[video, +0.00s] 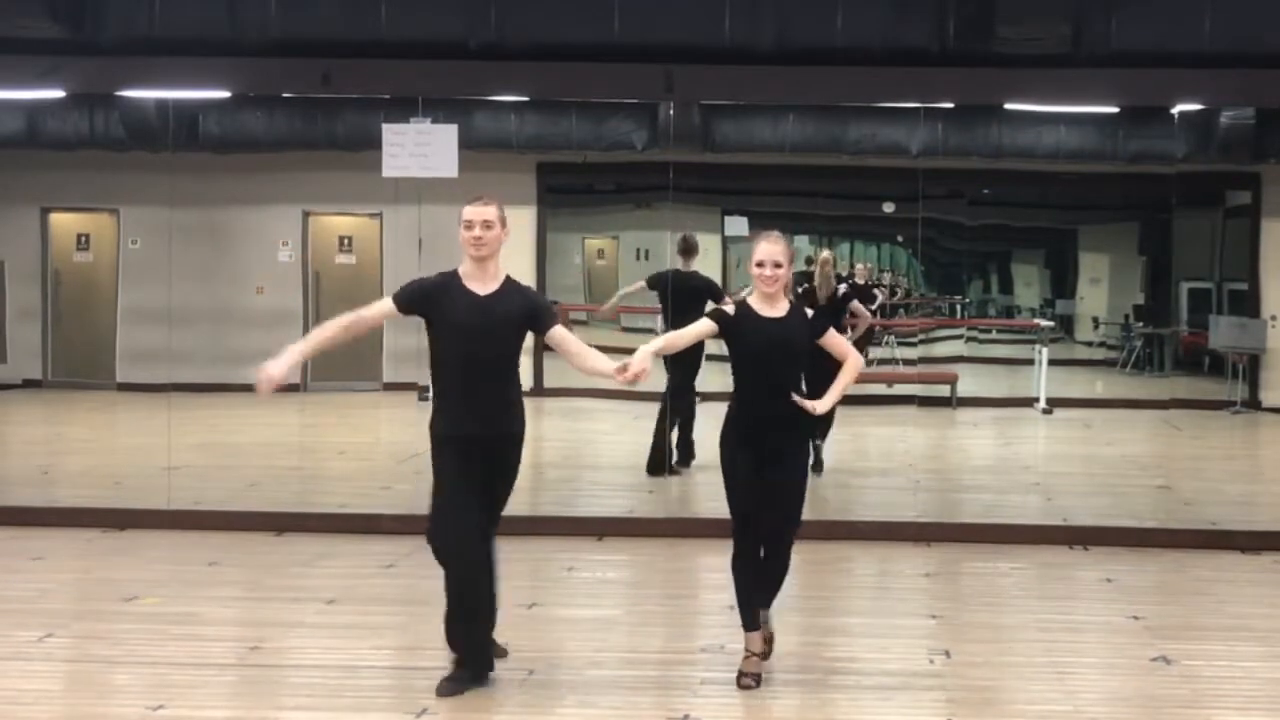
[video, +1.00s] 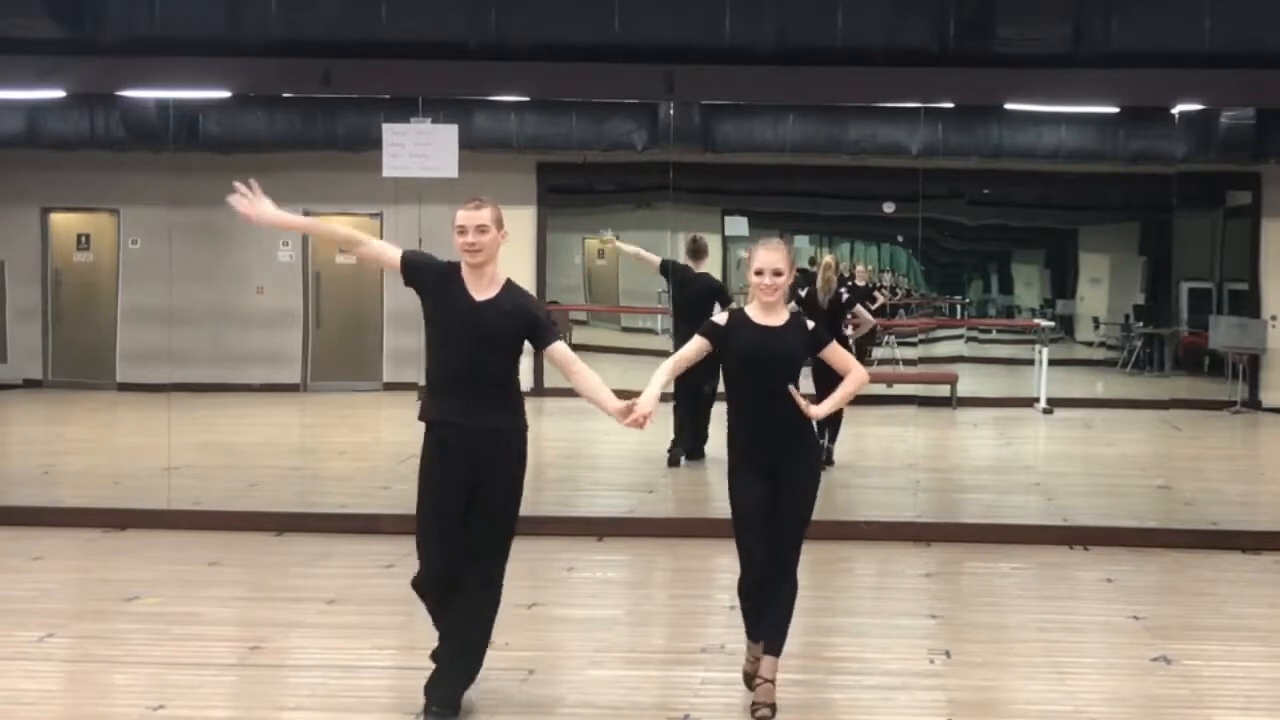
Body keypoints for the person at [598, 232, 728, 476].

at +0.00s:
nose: (688, 256)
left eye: (683, 253)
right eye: (692, 252)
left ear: (677, 253)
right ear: (697, 254)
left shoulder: (664, 278)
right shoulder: (704, 283)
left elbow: (628, 290)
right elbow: (730, 308)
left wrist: (609, 306)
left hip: (669, 345)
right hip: (693, 346)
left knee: (683, 394)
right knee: (678, 394)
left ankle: (685, 450)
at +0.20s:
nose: (689, 255)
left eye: (684, 250)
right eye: (694, 250)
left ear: (680, 252)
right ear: (699, 252)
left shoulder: (668, 277)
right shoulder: (709, 281)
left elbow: (629, 280)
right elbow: (734, 310)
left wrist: (597, 275)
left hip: (668, 346)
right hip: (693, 349)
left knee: (688, 399)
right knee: (677, 400)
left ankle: (687, 453)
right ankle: (655, 452)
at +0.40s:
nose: (691, 256)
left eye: (686, 253)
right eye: (696, 252)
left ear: (681, 254)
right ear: (702, 253)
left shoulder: (672, 282)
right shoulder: (714, 281)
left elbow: (635, 294)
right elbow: (738, 309)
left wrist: (609, 289)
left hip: (673, 347)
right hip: (699, 347)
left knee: (688, 399)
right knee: (686, 396)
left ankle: (687, 456)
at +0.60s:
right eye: (699, 251)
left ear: (683, 252)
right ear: (702, 252)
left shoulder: (671, 276)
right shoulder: (711, 280)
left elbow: (632, 281)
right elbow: (735, 309)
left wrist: (594, 282)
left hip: (677, 348)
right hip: (706, 349)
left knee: (681, 400)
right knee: (702, 397)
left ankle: (686, 452)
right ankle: (692, 442)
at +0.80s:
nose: (697, 258)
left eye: (690, 254)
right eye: (702, 254)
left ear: (685, 254)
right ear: (705, 256)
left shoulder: (673, 274)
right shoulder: (711, 287)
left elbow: (633, 269)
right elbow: (727, 317)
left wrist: (598, 263)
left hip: (685, 351)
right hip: (710, 351)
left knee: (685, 399)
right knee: (704, 400)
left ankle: (688, 448)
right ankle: (698, 450)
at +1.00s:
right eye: (705, 254)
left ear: (687, 254)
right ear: (706, 256)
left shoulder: (676, 271)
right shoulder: (713, 284)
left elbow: (640, 254)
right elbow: (733, 313)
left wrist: (616, 243)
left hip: (681, 351)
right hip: (707, 352)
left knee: (682, 398)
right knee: (703, 399)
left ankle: (677, 446)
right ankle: (696, 449)